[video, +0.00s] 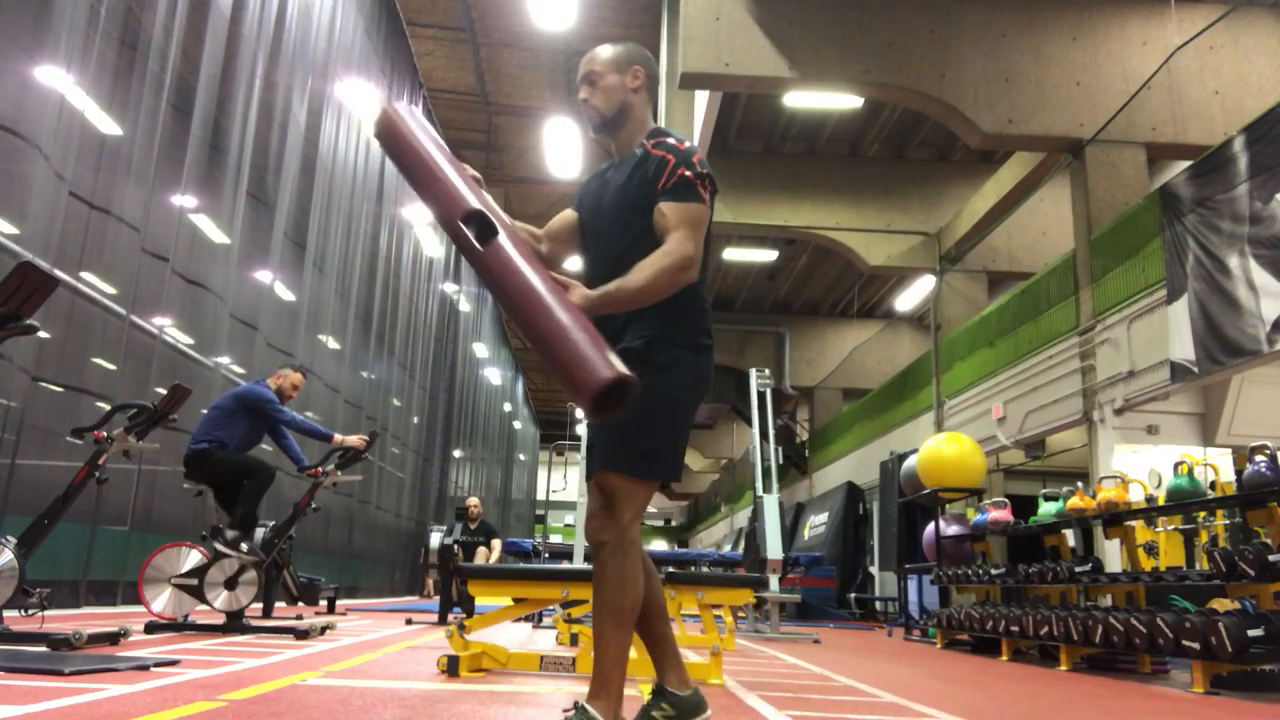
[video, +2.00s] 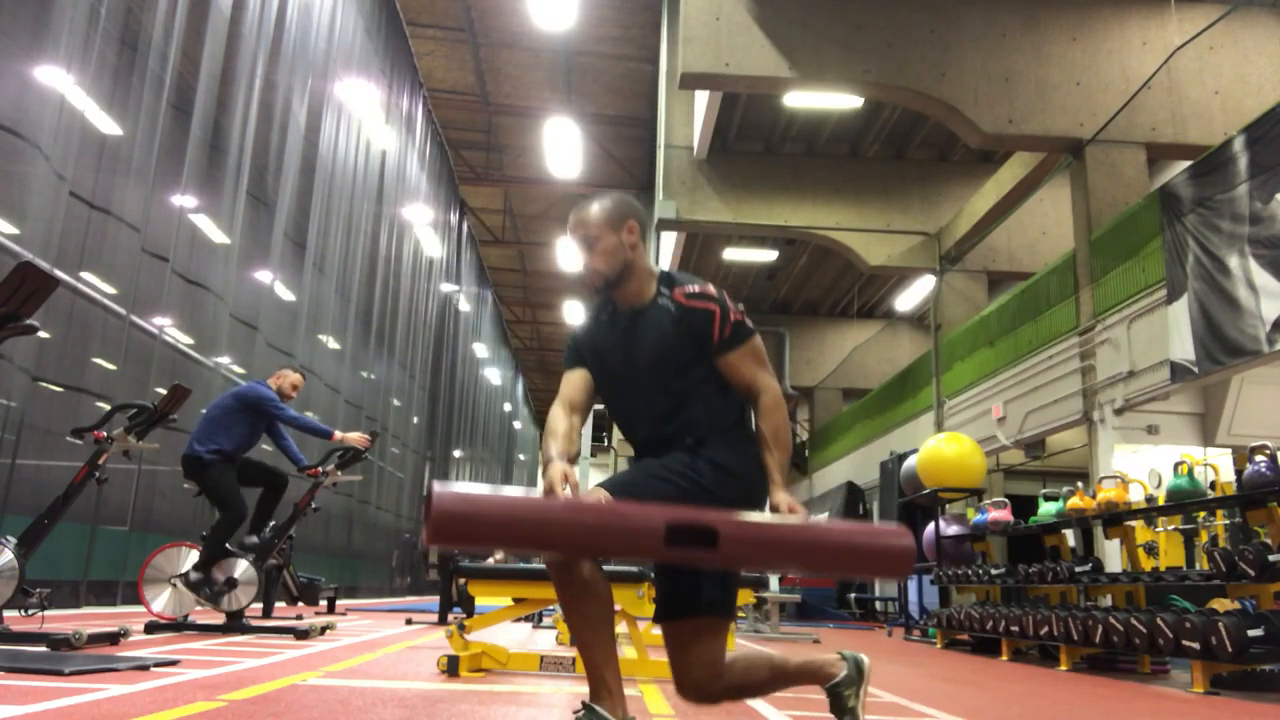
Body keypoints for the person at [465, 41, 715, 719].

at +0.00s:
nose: (581, 94)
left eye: (593, 79)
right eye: (579, 85)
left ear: (638, 82)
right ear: (592, 97)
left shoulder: (674, 157)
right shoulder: (598, 186)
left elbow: (684, 256)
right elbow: (545, 246)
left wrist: (594, 297)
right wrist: (485, 209)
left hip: (663, 359)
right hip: (619, 361)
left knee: (611, 521)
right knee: (611, 529)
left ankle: (602, 707)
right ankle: (679, 690)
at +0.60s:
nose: (582, 95)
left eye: (595, 82)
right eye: (585, 85)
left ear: (634, 86)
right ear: (623, 89)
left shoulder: (655, 147)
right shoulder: (614, 165)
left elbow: (674, 229)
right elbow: (617, 281)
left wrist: (568, 195)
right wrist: (560, 289)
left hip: (632, 354)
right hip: (609, 353)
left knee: (604, 525)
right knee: (599, 525)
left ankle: (609, 703)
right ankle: (616, 698)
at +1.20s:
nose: (578, 89)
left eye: (589, 75)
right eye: (575, 79)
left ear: (632, 77)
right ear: (606, 85)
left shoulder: (661, 151)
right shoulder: (609, 172)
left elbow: (679, 252)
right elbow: (591, 272)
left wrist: (584, 296)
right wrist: (513, 259)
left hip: (650, 360)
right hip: (614, 360)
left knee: (604, 521)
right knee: (574, 524)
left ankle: (618, 702)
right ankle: (613, 694)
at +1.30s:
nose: (574, 92)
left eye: (585, 78)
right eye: (571, 83)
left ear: (630, 79)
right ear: (579, 93)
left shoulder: (663, 158)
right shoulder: (592, 186)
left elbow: (697, 257)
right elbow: (559, 272)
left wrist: (629, 321)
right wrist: (499, 271)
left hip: (649, 371)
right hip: (607, 372)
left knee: (603, 526)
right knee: (574, 526)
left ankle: (616, 707)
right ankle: (658, 674)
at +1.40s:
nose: (572, 98)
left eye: (584, 84)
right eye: (569, 88)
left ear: (628, 83)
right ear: (581, 95)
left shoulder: (669, 165)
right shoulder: (581, 193)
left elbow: (711, 264)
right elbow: (544, 275)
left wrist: (669, 343)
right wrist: (487, 283)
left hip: (659, 368)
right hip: (616, 370)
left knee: (599, 522)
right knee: (610, 535)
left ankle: (614, 707)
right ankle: (725, 645)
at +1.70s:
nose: (571, 168)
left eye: (581, 153)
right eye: (566, 156)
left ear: (620, 147)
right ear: (568, 161)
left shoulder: (678, 221)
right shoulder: (579, 247)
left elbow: (744, 304)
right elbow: (549, 320)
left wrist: (745, 395)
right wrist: (528, 356)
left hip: (689, 411)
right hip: (653, 417)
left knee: (573, 524)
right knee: (708, 585)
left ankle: (611, 706)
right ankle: (830, 664)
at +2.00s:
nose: (583, 261)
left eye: (591, 246)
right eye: (578, 249)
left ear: (631, 236)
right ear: (579, 249)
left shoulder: (700, 303)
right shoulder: (593, 334)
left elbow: (766, 389)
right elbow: (567, 407)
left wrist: (778, 483)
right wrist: (556, 460)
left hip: (722, 470)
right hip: (668, 477)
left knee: (566, 525)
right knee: (700, 679)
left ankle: (609, 707)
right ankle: (837, 670)